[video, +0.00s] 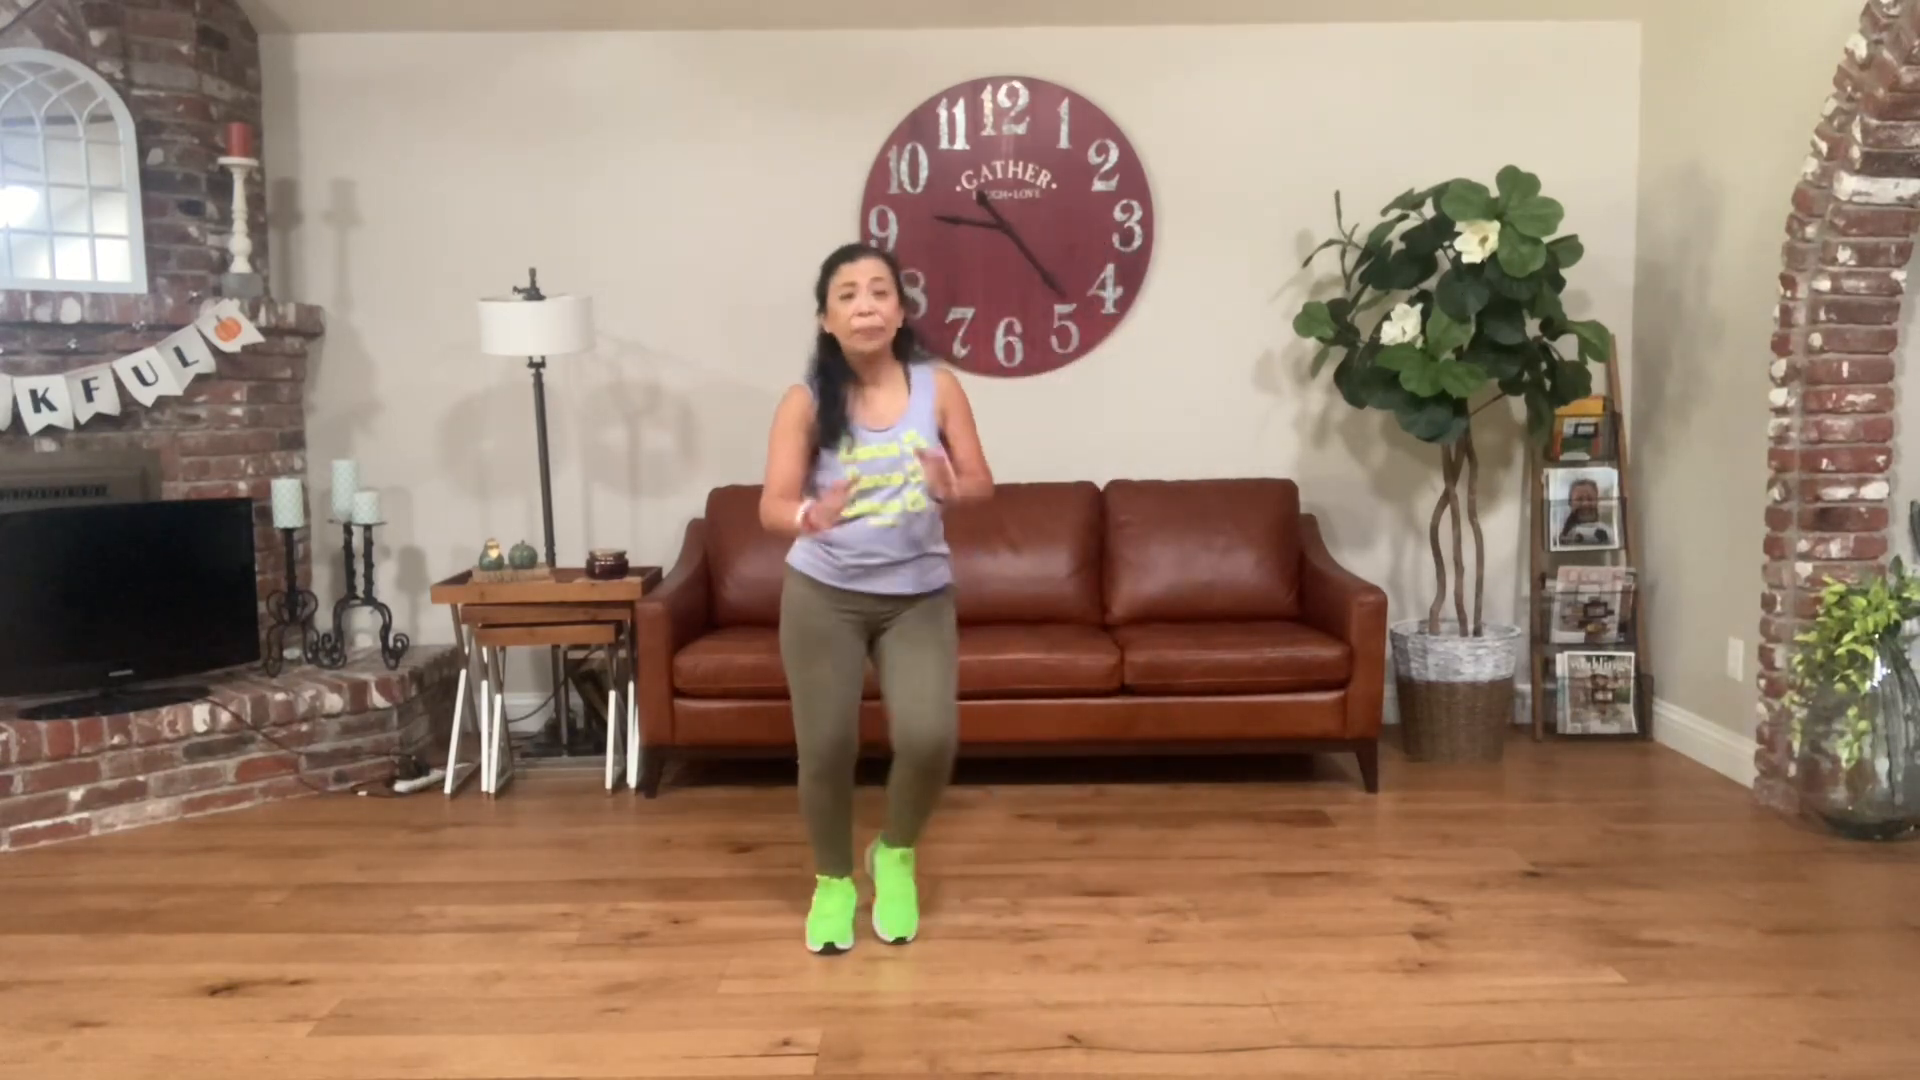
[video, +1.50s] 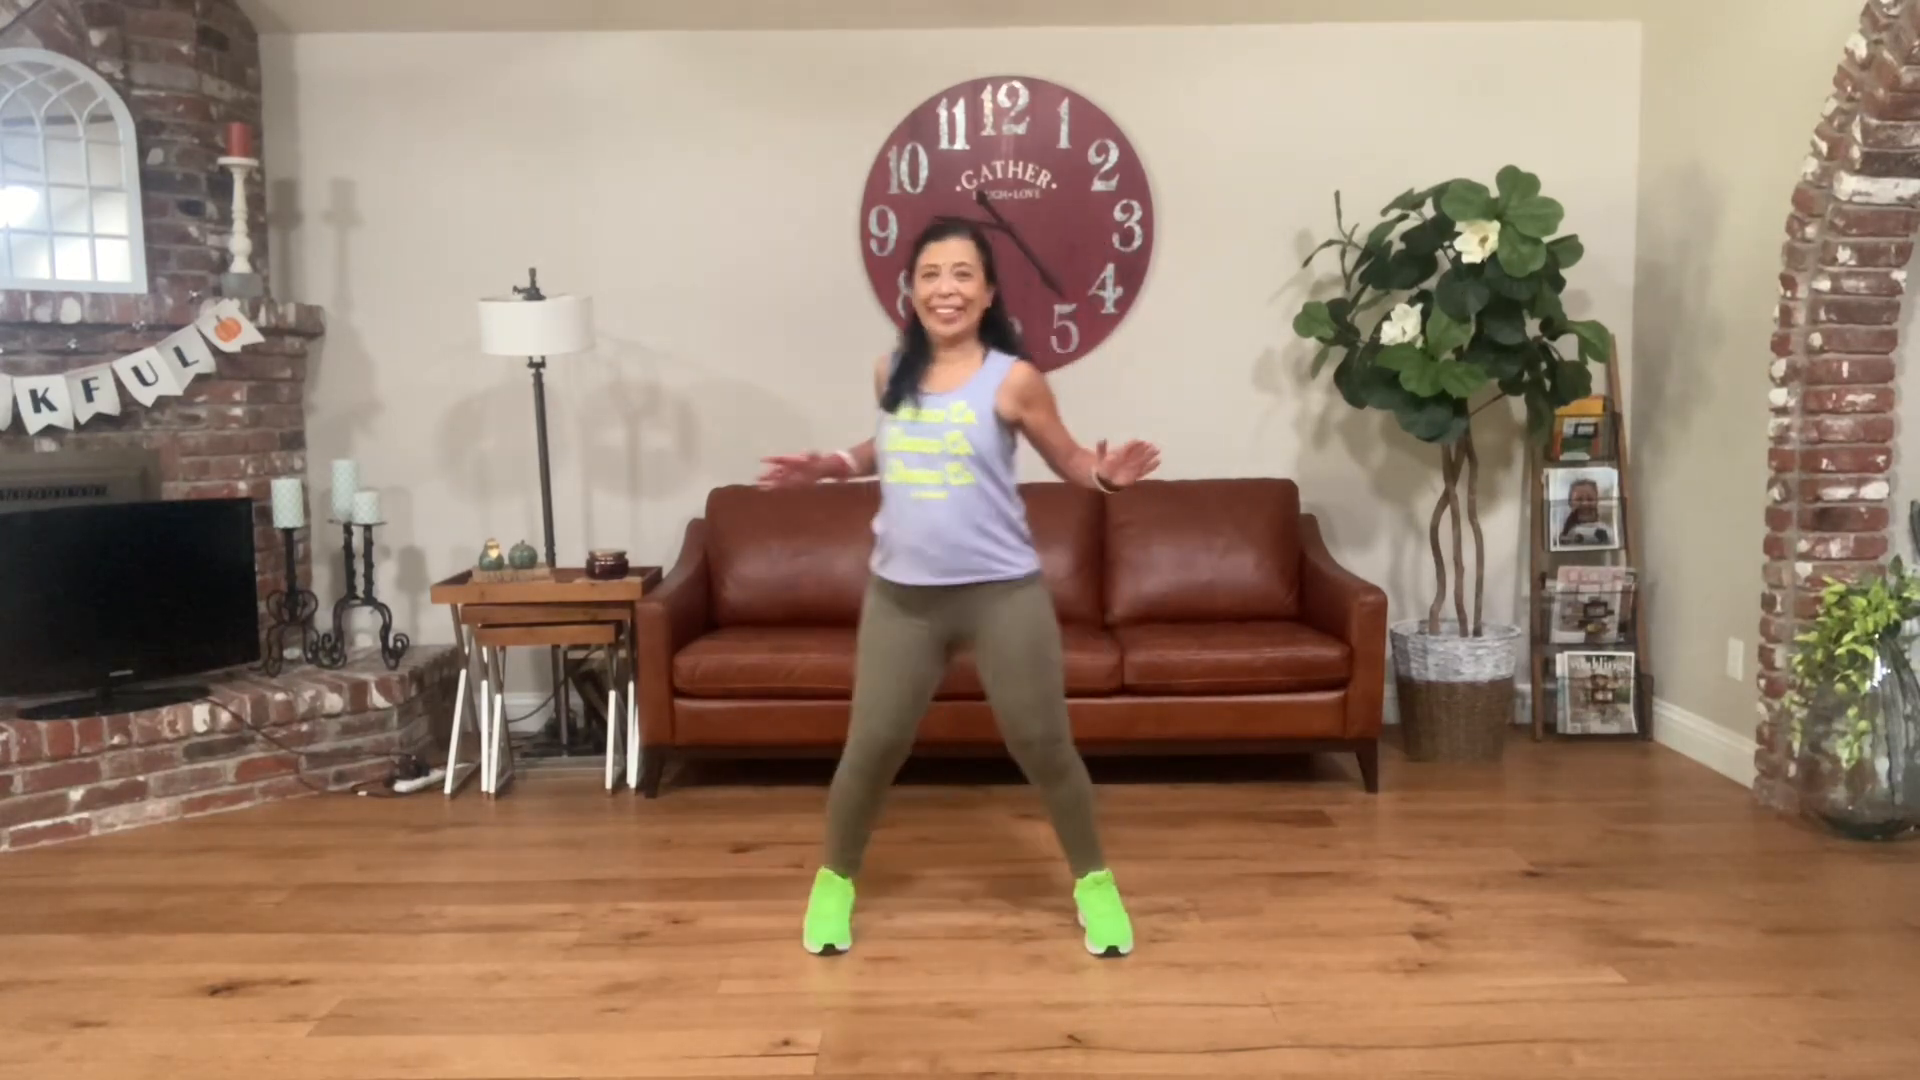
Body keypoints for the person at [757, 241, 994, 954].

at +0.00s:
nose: (866, 305)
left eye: (880, 291)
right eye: (848, 295)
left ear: (901, 308)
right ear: (825, 316)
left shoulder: (937, 386)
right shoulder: (807, 400)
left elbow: (981, 485)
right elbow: (773, 507)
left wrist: (953, 484)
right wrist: (810, 514)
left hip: (920, 594)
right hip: (822, 594)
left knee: (929, 739)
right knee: (826, 745)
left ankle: (895, 856)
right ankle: (834, 882)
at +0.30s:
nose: (920, 287)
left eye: (933, 274)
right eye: (902, 278)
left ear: (954, 294)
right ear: (878, 302)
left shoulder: (987, 374)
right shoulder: (864, 392)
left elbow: (1006, 452)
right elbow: (818, 481)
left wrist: (1053, 463)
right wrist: (797, 512)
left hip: (970, 592)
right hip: (874, 587)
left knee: (1018, 745)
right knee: (858, 744)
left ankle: (1088, 877)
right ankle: (837, 884)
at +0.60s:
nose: (1011, 287)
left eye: (1025, 272)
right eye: (993, 276)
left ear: (1048, 290)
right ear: (971, 299)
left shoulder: (1083, 371)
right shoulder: (957, 386)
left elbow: (1134, 452)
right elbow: (901, 496)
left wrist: (1167, 425)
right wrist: (885, 457)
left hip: (1075, 584)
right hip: (976, 582)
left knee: (1091, 735)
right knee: (939, 732)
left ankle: (1098, 882)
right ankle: (867, 858)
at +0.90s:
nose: (1037, 288)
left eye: (1052, 272)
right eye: (1020, 275)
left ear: (1075, 289)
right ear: (1000, 294)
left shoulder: (1106, 370)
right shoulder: (975, 375)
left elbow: (1123, 477)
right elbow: (984, 475)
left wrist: (1074, 442)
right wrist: (1042, 424)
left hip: (1106, 576)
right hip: (1012, 588)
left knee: (1111, 732)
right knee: (1055, 739)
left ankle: (1101, 879)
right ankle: (1047, 871)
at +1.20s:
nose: (1011, 303)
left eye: (1028, 288)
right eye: (997, 290)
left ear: (1058, 301)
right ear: (981, 305)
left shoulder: (1098, 384)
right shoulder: (965, 388)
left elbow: (1155, 483)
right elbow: (920, 489)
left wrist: (1127, 473)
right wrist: (909, 480)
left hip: (1088, 583)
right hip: (993, 584)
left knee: (1092, 736)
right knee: (944, 702)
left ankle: (1097, 881)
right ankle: (972, 826)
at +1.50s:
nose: (946, 288)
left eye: (963, 274)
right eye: (931, 274)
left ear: (987, 292)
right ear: (911, 292)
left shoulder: (1013, 381)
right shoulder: (892, 372)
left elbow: (1072, 461)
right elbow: (899, 446)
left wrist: (1106, 471)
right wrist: (831, 465)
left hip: (1003, 590)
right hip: (901, 595)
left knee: (1041, 741)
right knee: (874, 743)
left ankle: (1094, 884)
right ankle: (835, 881)